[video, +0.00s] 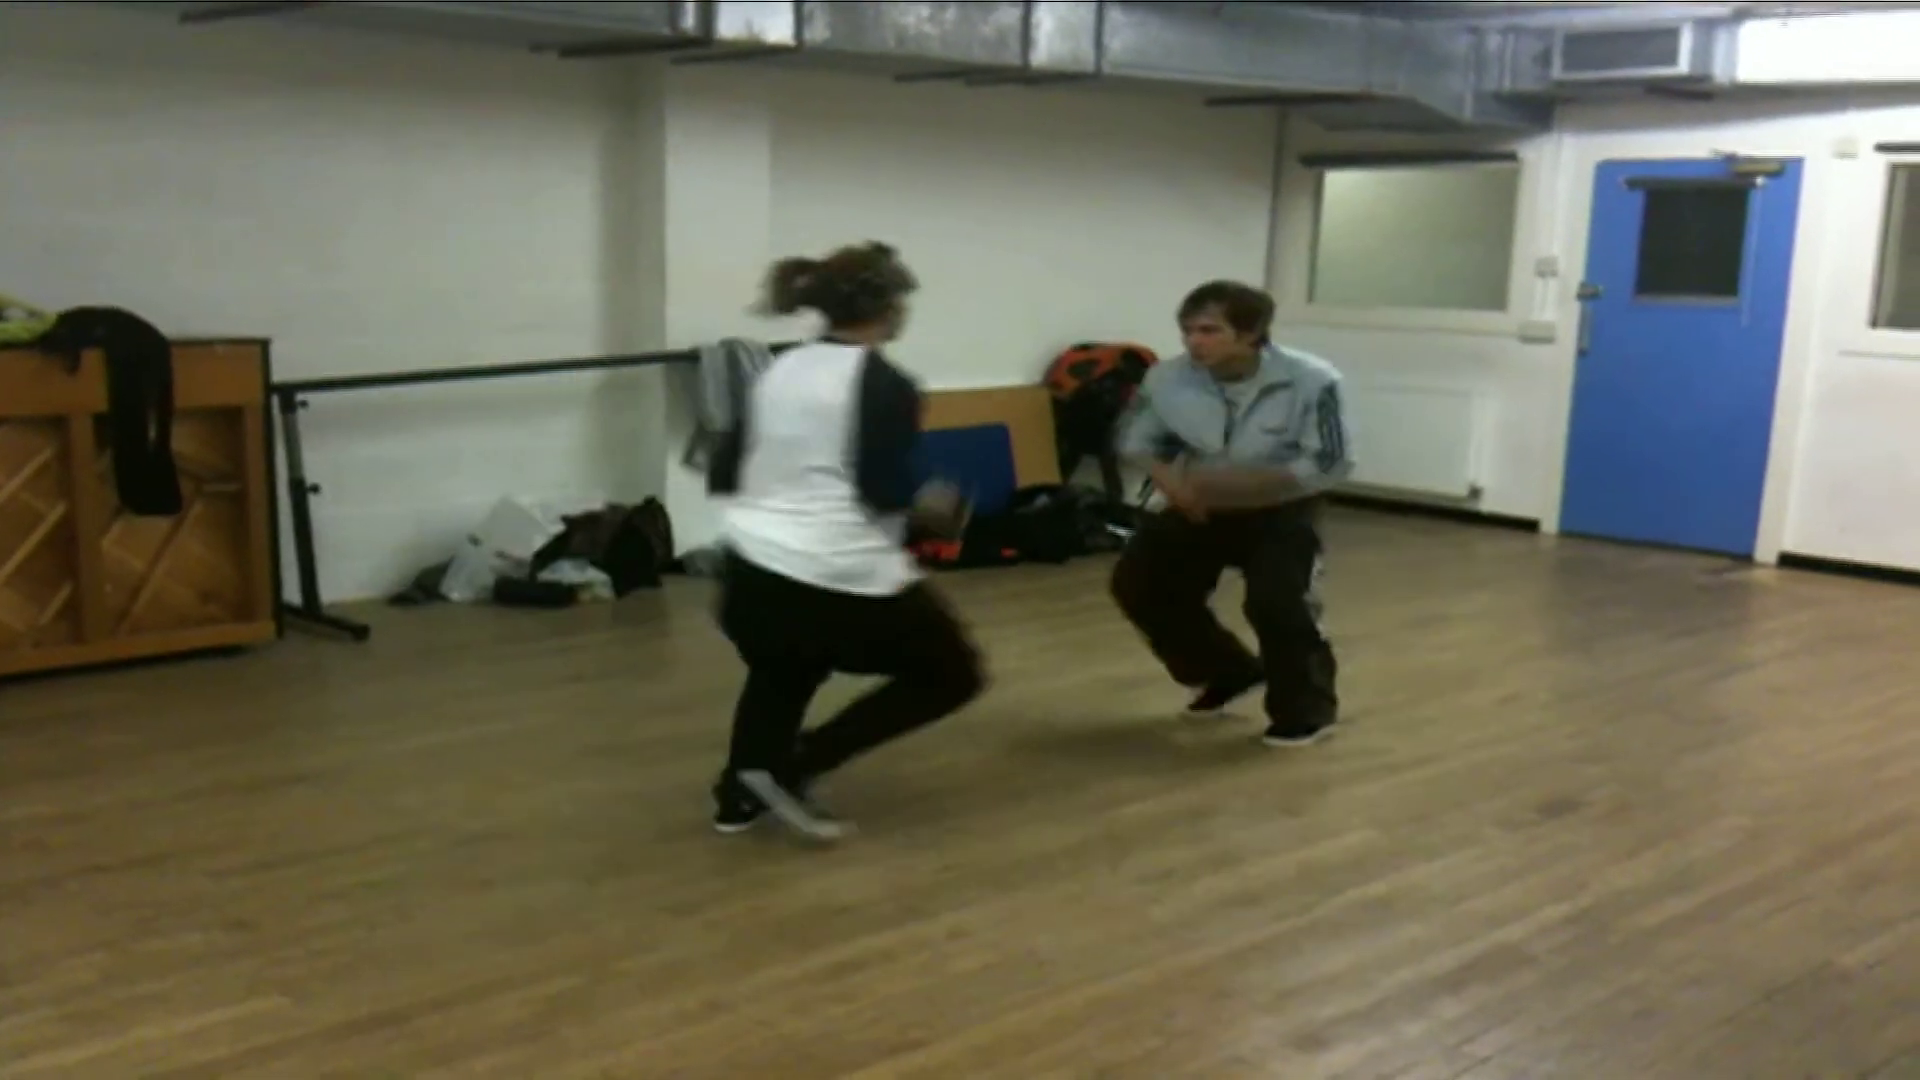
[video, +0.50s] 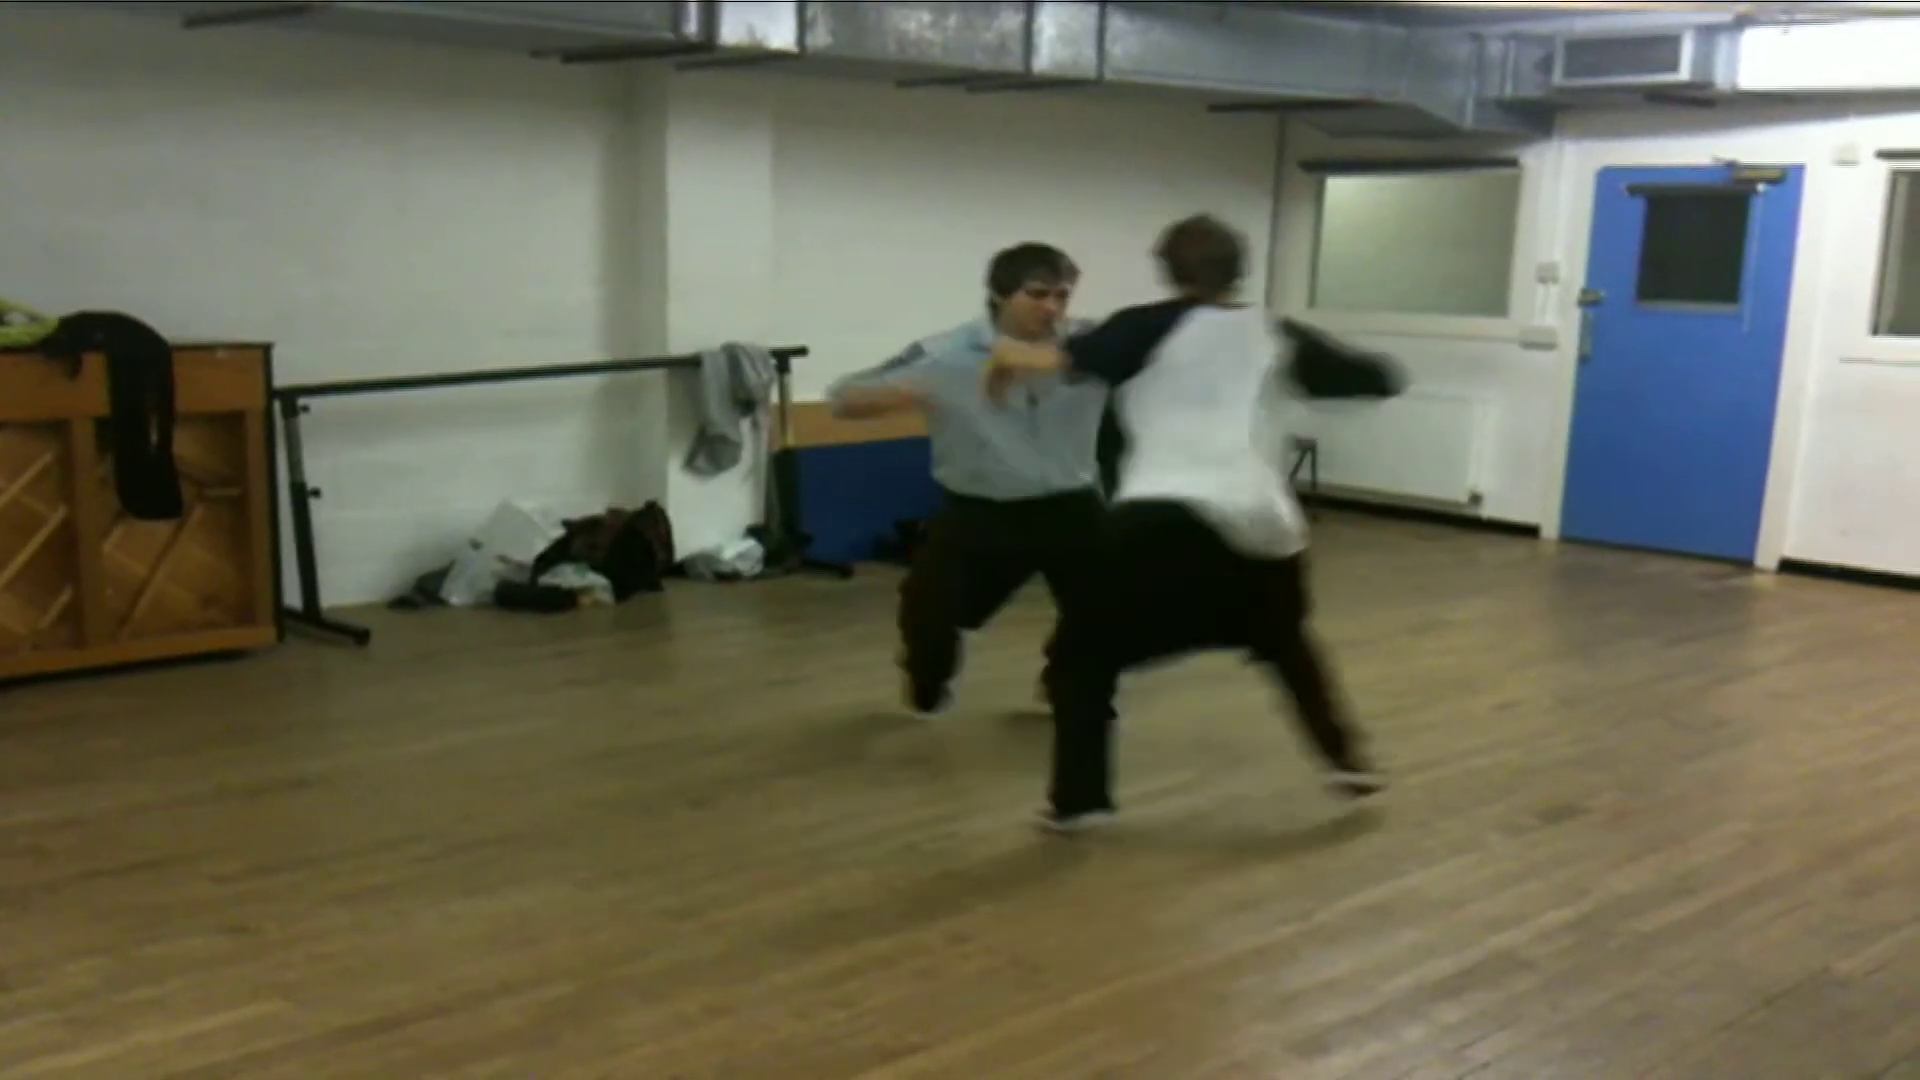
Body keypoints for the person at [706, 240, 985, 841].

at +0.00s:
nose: (904, 312)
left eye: (903, 301)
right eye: (899, 302)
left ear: (830, 305)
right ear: (882, 309)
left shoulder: (776, 370)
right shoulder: (886, 385)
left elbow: (726, 474)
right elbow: (884, 495)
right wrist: (930, 508)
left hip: (754, 579)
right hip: (845, 588)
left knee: (787, 666)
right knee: (952, 674)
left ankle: (741, 795)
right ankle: (797, 769)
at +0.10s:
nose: (967, 298)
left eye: (965, 286)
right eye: (962, 288)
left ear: (894, 291)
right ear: (946, 294)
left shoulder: (847, 351)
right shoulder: (962, 357)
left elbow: (766, 411)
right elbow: (1015, 432)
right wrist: (1063, 406)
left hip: (838, 557)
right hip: (936, 570)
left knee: (807, 673)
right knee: (1040, 661)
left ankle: (747, 797)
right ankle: (934, 783)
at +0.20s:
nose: (1041, 282)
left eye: (1036, 274)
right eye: (1037, 274)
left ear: (970, 276)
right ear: (1027, 278)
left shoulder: (922, 336)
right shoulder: (1053, 340)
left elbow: (845, 362)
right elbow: (1135, 371)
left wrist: (792, 377)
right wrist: (1226, 377)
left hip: (927, 547)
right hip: (1035, 558)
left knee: (896, 657)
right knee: (1095, 666)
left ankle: (812, 772)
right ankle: (1064, 812)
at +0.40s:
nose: (1071, 320)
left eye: (1081, 309)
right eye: (1059, 307)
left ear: (1094, 310)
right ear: (1029, 307)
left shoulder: (1095, 362)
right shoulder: (977, 358)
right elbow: (886, 411)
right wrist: (941, 432)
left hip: (1074, 519)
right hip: (1000, 520)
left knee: (1092, 619)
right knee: (957, 608)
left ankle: (1107, 705)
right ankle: (957, 687)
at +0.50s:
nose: (1052, 308)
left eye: (1061, 297)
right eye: (1038, 294)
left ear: (1070, 300)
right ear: (1002, 296)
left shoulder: (1088, 349)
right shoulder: (952, 354)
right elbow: (842, 400)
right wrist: (907, 398)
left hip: (1070, 508)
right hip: (982, 511)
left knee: (1102, 599)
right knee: (931, 598)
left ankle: (1069, 681)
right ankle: (929, 682)